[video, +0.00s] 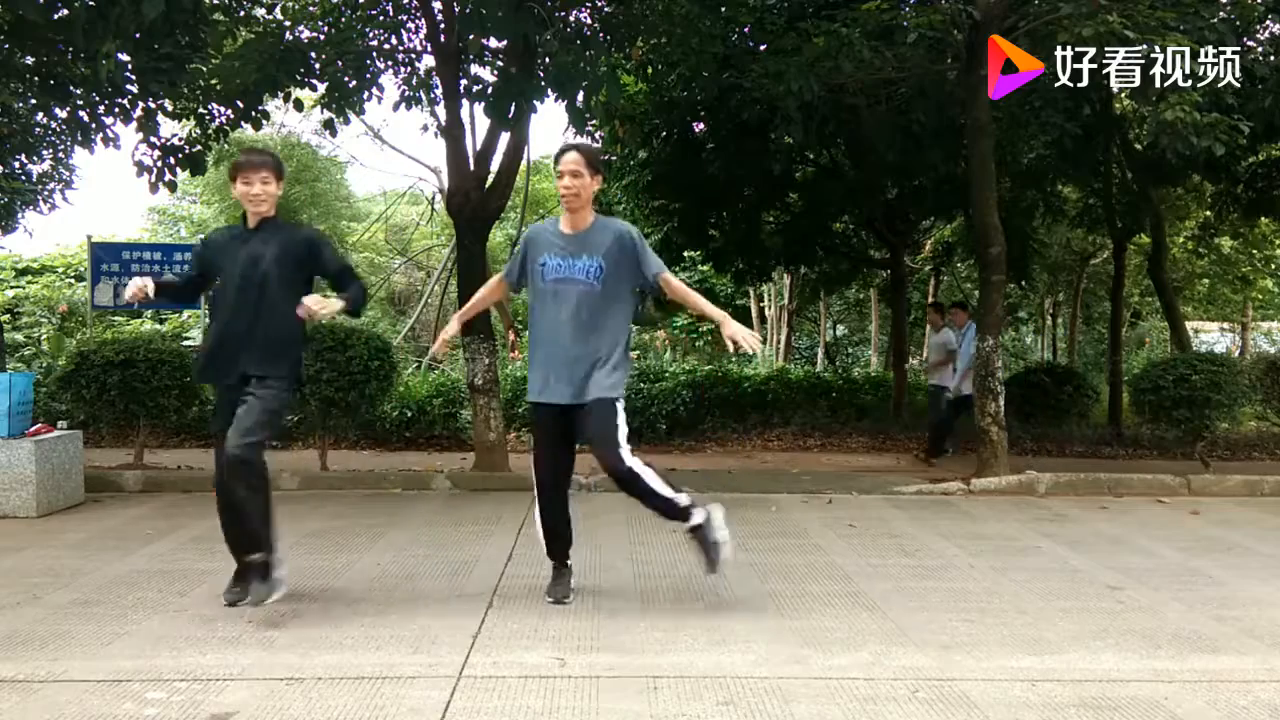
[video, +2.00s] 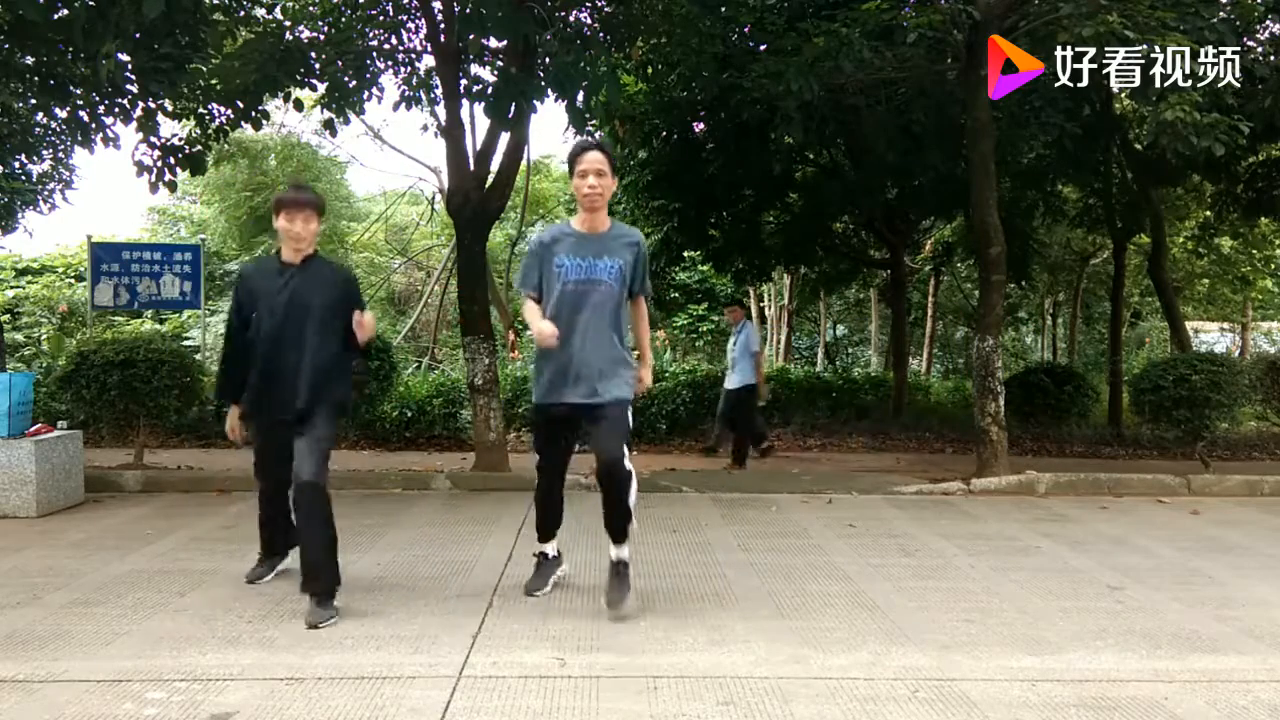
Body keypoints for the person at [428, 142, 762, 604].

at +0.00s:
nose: (566, 183)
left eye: (576, 175)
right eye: (561, 175)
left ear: (596, 182)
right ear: (554, 183)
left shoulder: (621, 236)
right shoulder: (535, 237)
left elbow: (668, 283)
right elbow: (503, 282)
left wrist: (722, 318)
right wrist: (458, 318)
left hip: (601, 379)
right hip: (547, 380)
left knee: (616, 463)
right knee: (549, 482)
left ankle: (695, 518)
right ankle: (559, 567)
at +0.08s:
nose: (560, 177)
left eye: (570, 169)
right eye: (554, 169)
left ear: (589, 175)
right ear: (547, 176)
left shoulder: (615, 230)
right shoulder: (530, 233)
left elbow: (662, 277)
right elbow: (502, 280)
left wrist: (714, 311)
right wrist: (456, 315)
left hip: (595, 371)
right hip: (542, 373)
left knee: (597, 462)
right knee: (544, 479)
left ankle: (653, 537)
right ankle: (559, 564)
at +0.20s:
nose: (552, 184)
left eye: (561, 176)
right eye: (545, 176)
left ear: (580, 181)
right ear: (536, 184)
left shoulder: (608, 239)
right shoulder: (524, 242)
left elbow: (639, 299)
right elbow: (508, 307)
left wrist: (692, 330)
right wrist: (454, 326)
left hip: (585, 379)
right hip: (531, 380)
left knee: (564, 471)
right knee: (528, 476)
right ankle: (575, 559)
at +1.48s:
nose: (543, 196)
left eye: (553, 188)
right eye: (536, 188)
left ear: (570, 196)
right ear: (527, 195)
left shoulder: (589, 253)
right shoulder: (510, 254)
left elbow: (624, 306)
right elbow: (501, 318)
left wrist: (626, 315)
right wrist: (463, 313)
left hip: (564, 393)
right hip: (516, 391)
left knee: (531, 484)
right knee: (510, 482)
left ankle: (511, 579)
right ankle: (565, 566)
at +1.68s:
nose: (553, 177)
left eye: (562, 169)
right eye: (545, 169)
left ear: (578, 176)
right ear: (536, 176)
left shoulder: (601, 233)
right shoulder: (517, 236)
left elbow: (617, 296)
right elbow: (491, 293)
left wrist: (624, 353)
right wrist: (496, 314)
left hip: (583, 357)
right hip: (534, 363)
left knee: (546, 418)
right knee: (538, 459)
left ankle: (546, 517)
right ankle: (563, 558)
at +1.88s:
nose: (573, 183)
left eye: (582, 175)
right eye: (565, 175)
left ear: (596, 184)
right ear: (554, 183)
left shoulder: (615, 241)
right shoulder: (532, 241)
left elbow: (626, 304)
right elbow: (500, 301)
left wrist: (636, 365)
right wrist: (516, 302)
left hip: (596, 361)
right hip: (546, 369)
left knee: (583, 415)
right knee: (546, 472)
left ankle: (597, 493)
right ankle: (552, 561)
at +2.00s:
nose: (592, 183)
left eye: (600, 174)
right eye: (583, 175)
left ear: (614, 183)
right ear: (572, 183)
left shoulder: (631, 242)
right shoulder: (546, 240)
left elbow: (638, 302)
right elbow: (528, 298)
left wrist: (645, 359)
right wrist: (538, 322)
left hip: (610, 380)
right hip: (555, 381)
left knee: (612, 465)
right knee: (548, 473)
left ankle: (619, 558)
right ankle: (547, 554)